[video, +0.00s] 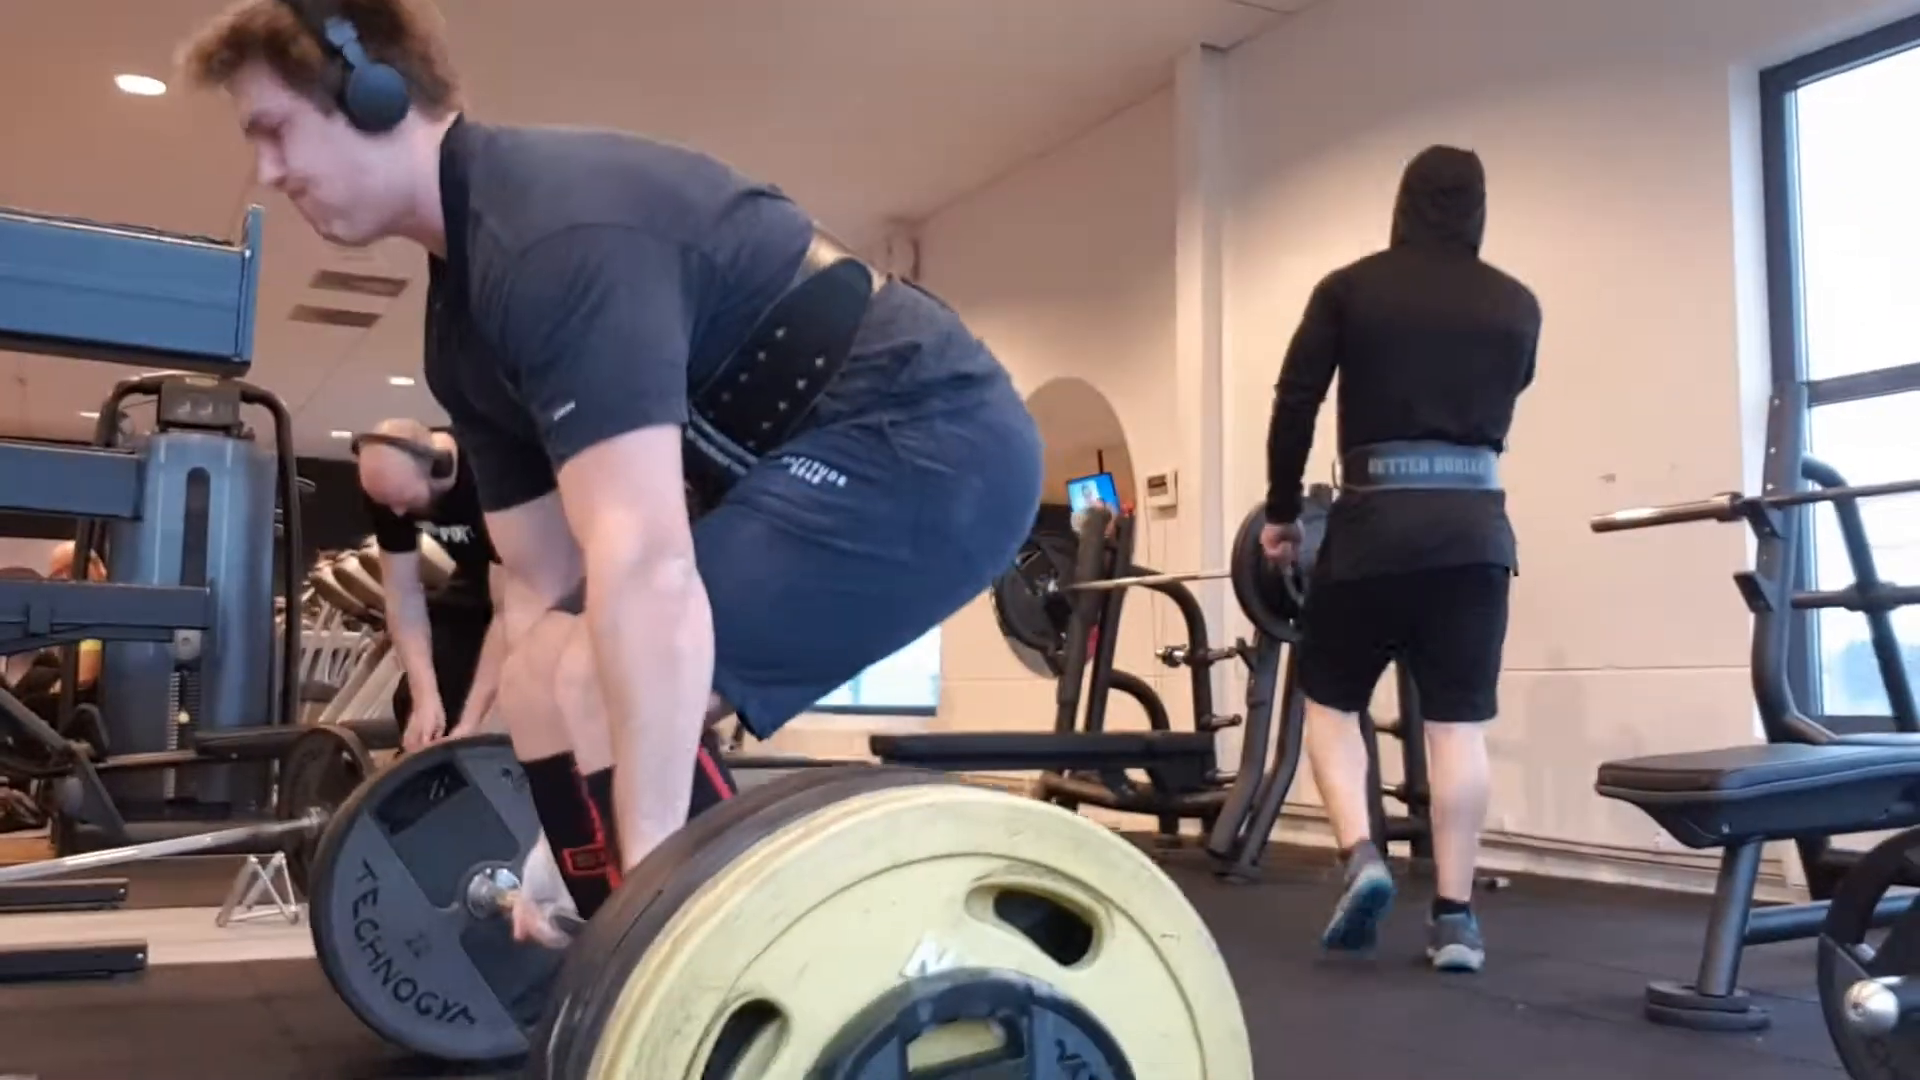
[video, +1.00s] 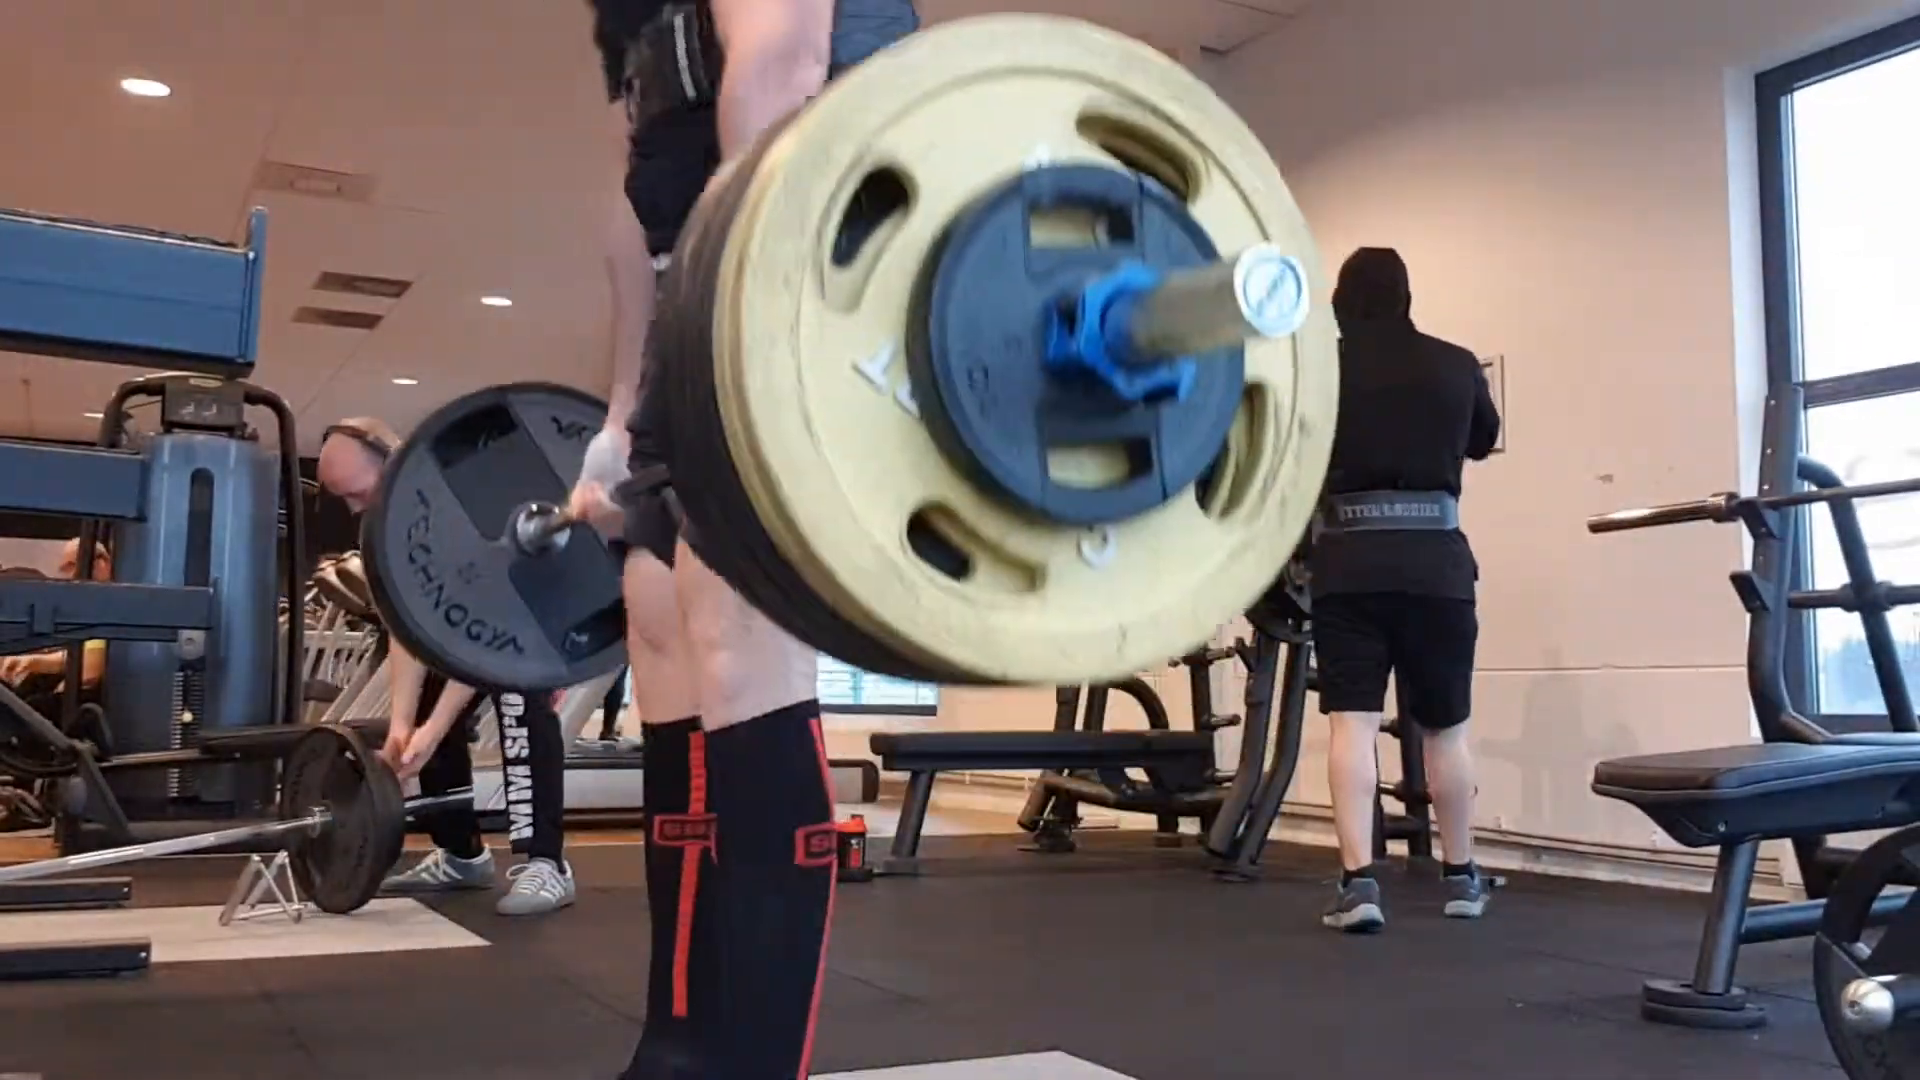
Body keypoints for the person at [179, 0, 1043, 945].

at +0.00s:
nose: (268, 176)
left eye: (275, 132)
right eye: (256, 145)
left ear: (373, 88)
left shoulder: (563, 232)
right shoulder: (459, 321)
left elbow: (650, 569)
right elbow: (535, 585)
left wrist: (654, 897)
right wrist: (515, 836)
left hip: (920, 431)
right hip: (816, 455)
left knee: (603, 678)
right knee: (535, 676)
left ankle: (735, 971)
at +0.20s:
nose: (287, 91)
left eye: (306, 46)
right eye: (286, 56)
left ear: (408, 38)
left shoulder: (584, 193)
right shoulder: (484, 290)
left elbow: (658, 528)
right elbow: (553, 545)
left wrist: (652, 853)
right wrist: (558, 800)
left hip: (930, 414)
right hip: (820, 437)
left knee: (611, 657)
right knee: (566, 653)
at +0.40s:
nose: (356, 15)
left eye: (374, 2)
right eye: (359, 11)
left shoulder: (621, 106)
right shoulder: (517, 206)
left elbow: (679, 427)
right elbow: (569, 470)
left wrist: (669, 720)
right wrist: (569, 720)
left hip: (942, 370)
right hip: (824, 394)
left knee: (688, 667)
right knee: (603, 638)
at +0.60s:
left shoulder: (643, 15)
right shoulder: (532, 106)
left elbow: (703, 300)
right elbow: (589, 366)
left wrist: (692, 596)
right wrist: (594, 613)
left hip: (921, 328)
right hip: (790, 349)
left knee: (763, 694)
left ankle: (720, 1045)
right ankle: (699, 1036)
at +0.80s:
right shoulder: (547, 17)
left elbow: (732, 153)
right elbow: (609, 248)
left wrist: (758, 465)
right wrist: (621, 493)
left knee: (697, 639)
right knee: (695, 642)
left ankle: (713, 1051)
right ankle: (696, 1042)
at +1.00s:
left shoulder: (781, 11)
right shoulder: (644, 33)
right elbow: (639, 186)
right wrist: (621, 414)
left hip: (764, 345)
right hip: (679, 359)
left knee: (732, 630)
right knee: (656, 623)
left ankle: (736, 1054)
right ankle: (681, 1033)